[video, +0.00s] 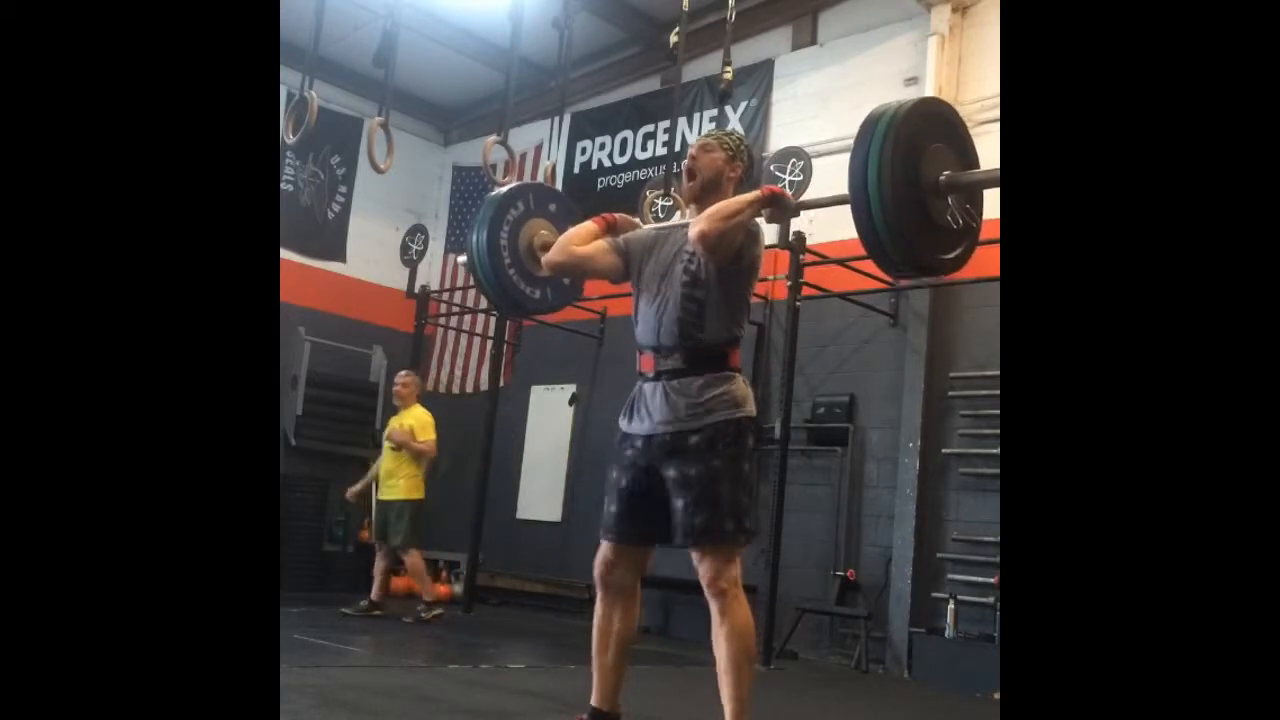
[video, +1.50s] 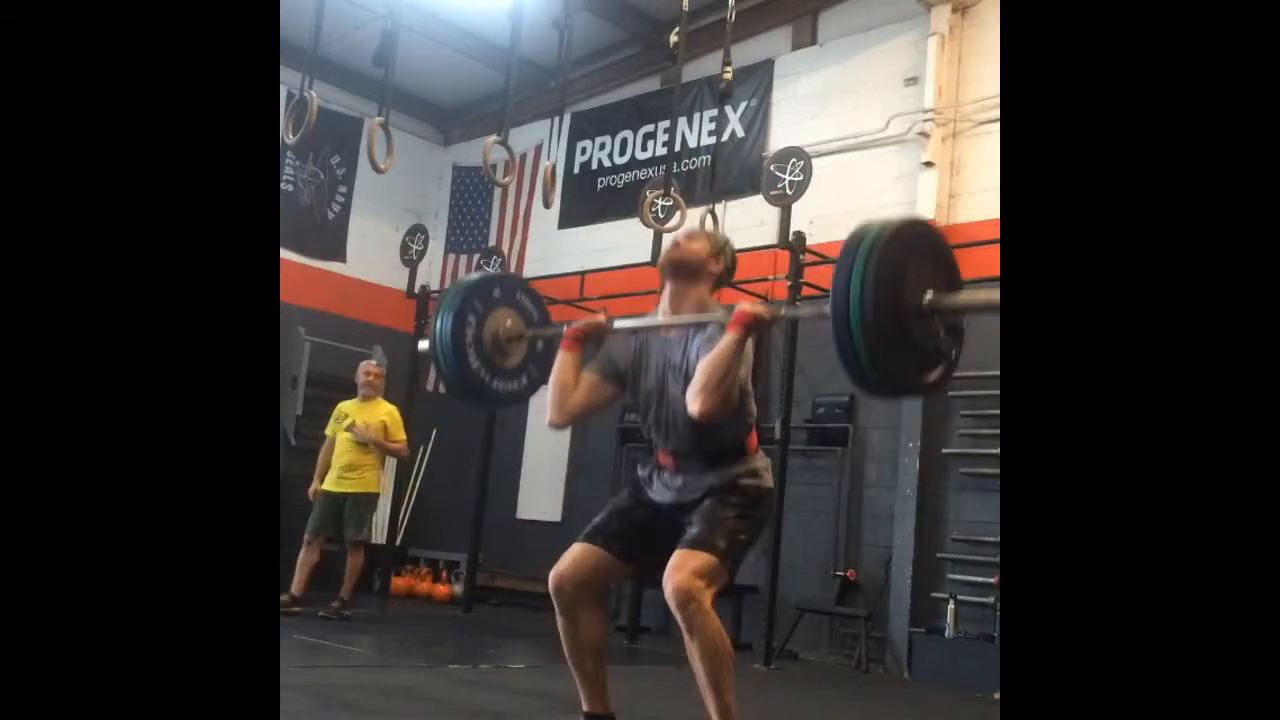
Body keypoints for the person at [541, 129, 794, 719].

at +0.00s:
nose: (687, 159)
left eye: (703, 150)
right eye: (688, 152)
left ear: (734, 169)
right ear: (684, 170)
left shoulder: (737, 232)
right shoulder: (654, 238)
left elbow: (703, 233)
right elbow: (556, 258)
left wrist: (760, 199)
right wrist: (604, 221)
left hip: (712, 414)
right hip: (645, 413)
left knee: (720, 580)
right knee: (613, 571)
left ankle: (735, 715)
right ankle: (602, 709)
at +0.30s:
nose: (680, 222)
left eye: (698, 220)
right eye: (681, 218)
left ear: (724, 248)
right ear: (672, 246)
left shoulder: (728, 307)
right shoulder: (641, 321)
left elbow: (686, 324)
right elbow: (545, 337)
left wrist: (740, 284)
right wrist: (590, 300)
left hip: (730, 485)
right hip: (663, 488)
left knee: (705, 594)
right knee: (561, 581)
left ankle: (732, 716)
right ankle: (595, 710)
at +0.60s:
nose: (666, 340)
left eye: (685, 333)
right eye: (665, 334)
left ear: (712, 357)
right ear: (655, 352)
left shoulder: (718, 423)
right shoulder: (627, 426)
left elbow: (672, 468)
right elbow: (535, 468)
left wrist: (726, 410)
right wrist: (572, 410)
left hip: (730, 573)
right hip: (655, 574)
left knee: (693, 604)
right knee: (544, 590)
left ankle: (725, 715)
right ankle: (594, 710)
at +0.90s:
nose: (654, 380)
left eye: (671, 374)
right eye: (653, 376)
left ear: (700, 396)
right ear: (646, 398)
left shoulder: (711, 468)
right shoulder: (618, 467)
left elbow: (669, 534)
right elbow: (537, 523)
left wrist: (720, 460)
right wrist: (561, 458)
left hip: (733, 614)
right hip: (651, 609)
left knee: (695, 602)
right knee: (545, 592)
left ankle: (724, 714)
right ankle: (594, 711)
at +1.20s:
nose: (660, 314)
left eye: (677, 311)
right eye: (660, 308)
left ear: (702, 340)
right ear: (651, 334)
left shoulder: (717, 407)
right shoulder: (625, 409)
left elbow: (687, 484)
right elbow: (548, 482)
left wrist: (725, 404)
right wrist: (561, 408)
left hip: (741, 542)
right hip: (665, 544)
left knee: (688, 591)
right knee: (568, 584)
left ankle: (725, 716)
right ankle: (596, 711)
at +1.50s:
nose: (678, 236)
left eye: (697, 235)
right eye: (677, 233)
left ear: (718, 266)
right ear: (662, 262)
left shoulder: (725, 330)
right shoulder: (634, 337)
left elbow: (703, 403)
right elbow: (561, 410)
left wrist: (738, 331)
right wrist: (573, 342)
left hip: (732, 484)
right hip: (661, 482)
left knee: (684, 587)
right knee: (570, 581)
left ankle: (724, 715)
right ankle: (596, 711)